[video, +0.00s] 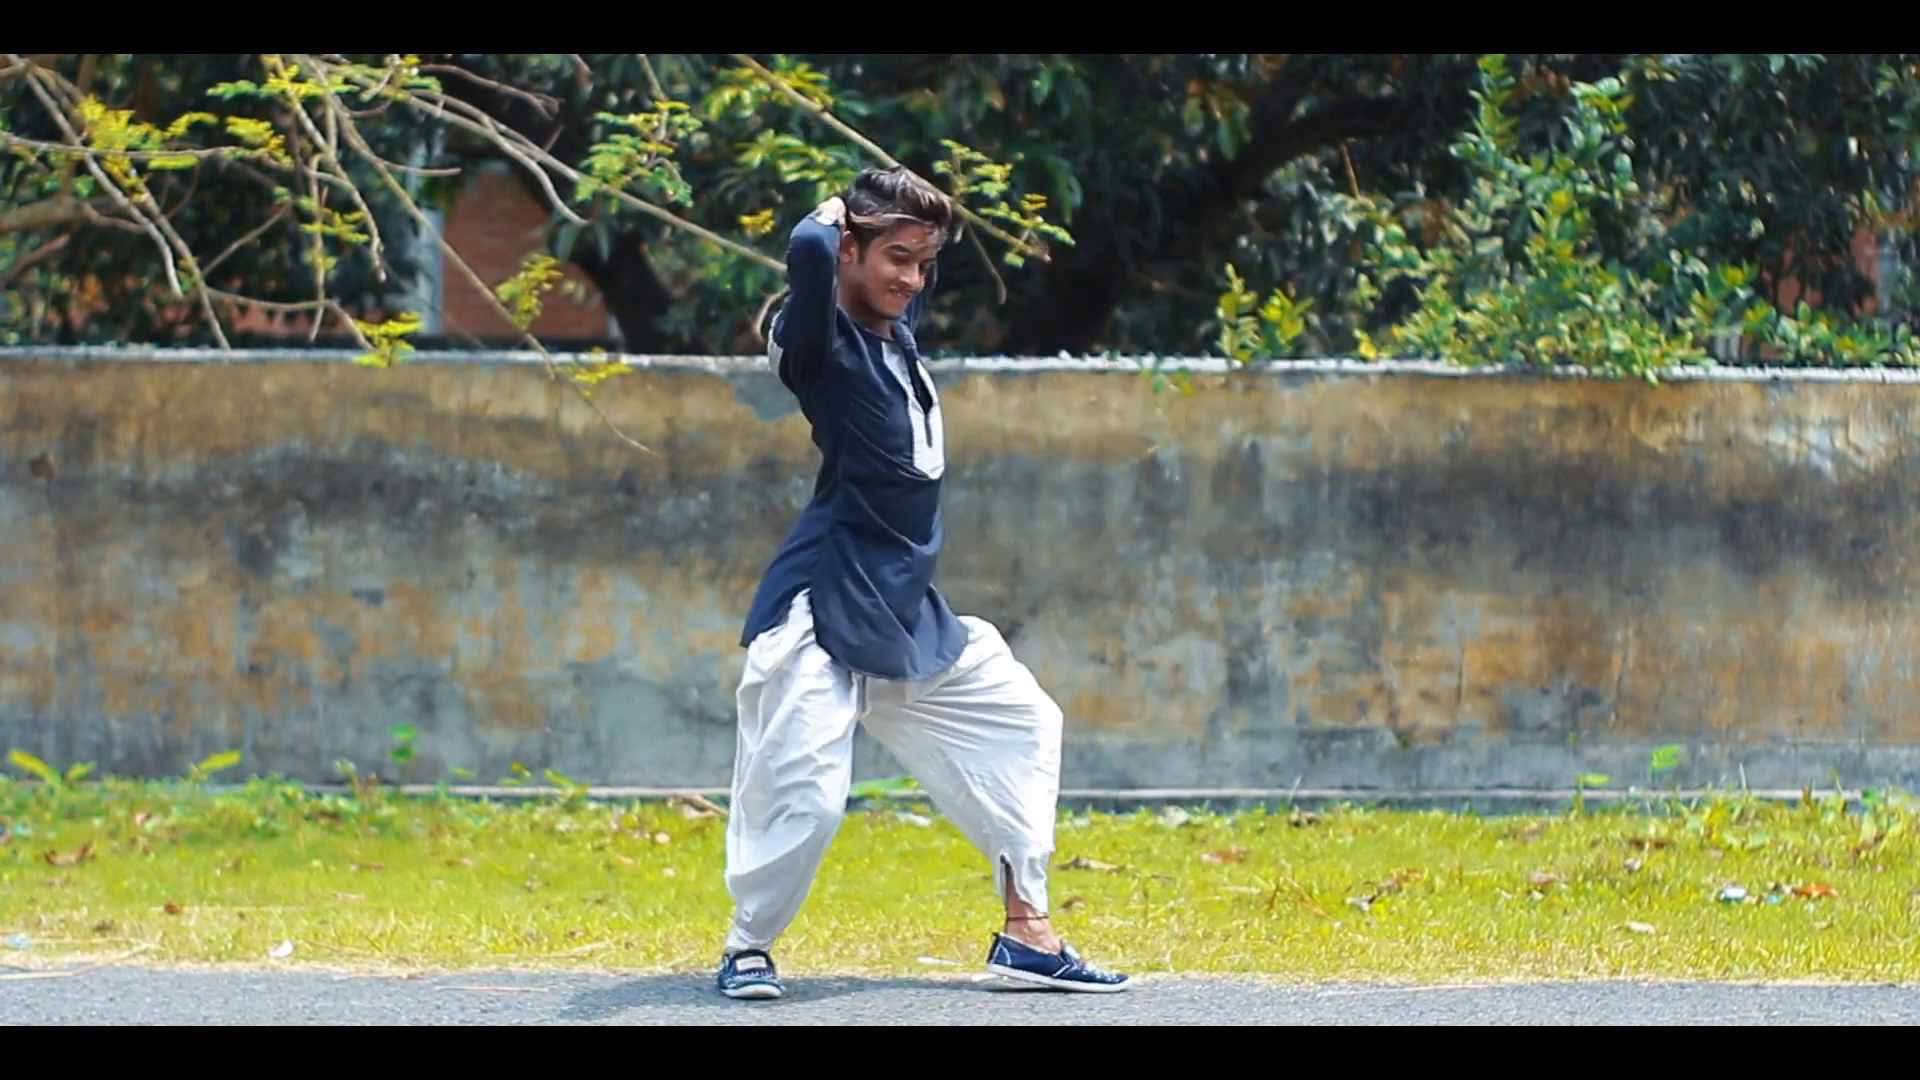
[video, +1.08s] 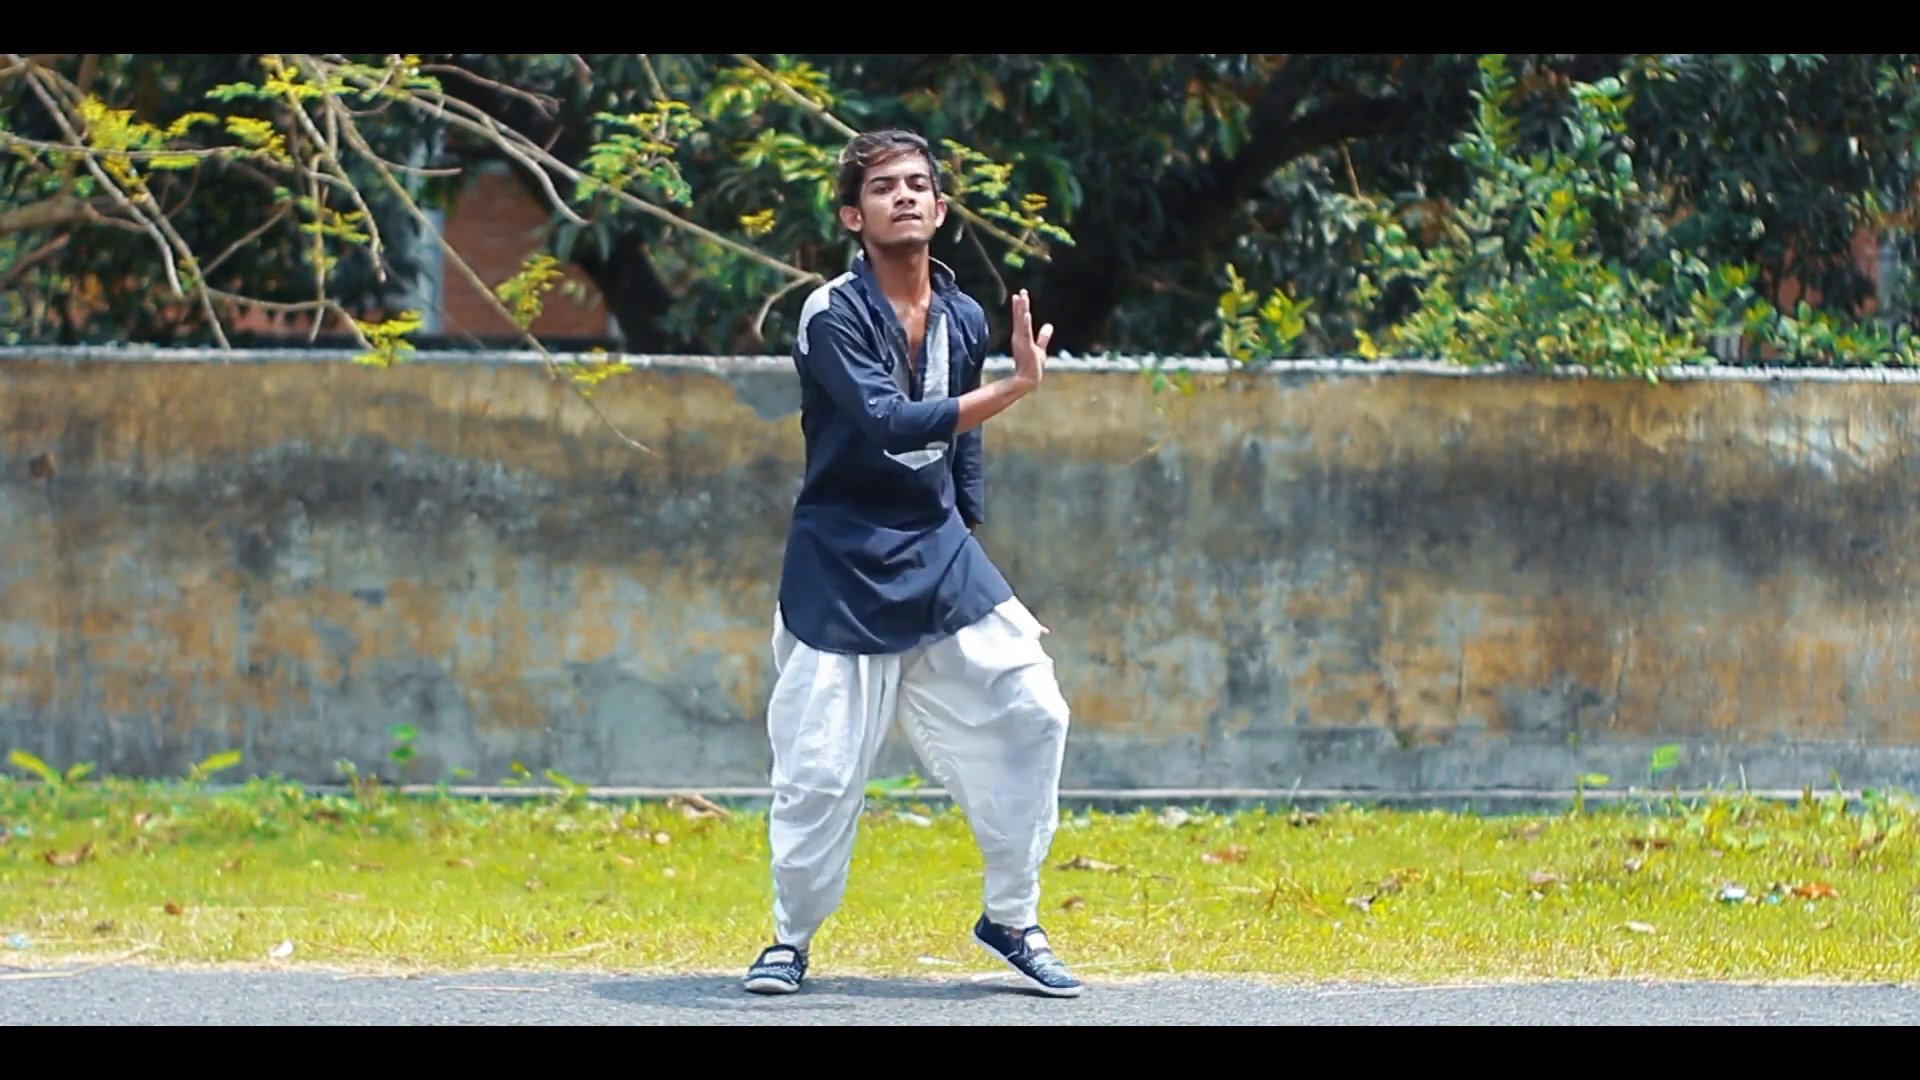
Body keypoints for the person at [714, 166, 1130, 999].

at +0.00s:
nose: (913, 280)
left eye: (925, 265)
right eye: (899, 260)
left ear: (930, 264)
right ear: (851, 254)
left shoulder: (892, 332)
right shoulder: (823, 344)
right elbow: (811, 262)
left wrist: (846, 208)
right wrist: (826, 222)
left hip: (907, 604)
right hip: (824, 597)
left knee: (1027, 723)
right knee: (805, 787)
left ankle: (1026, 930)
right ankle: (748, 949)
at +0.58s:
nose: (842, 217)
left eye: (855, 202)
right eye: (823, 204)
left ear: (872, 215)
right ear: (789, 219)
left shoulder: (896, 310)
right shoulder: (780, 316)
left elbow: (991, 317)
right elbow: (748, 247)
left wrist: (950, 227)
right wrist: (775, 177)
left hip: (923, 576)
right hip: (833, 580)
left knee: (1041, 722)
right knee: (820, 782)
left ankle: (1030, 933)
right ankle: (746, 949)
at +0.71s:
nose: (810, 140)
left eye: (817, 127)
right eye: (787, 139)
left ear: (850, 146)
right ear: (770, 178)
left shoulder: (918, 234)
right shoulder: (781, 236)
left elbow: (1038, 236)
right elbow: (708, 165)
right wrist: (726, 93)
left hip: (942, 525)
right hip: (835, 533)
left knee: (1006, 714)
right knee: (800, 747)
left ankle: (1014, 918)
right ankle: (752, 930)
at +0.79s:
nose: (831, 134)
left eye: (842, 120)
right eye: (811, 130)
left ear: (876, 142)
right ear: (791, 164)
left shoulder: (935, 223)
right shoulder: (785, 211)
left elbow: (1048, 259)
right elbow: (712, 211)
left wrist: (1167, 259)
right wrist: (681, 209)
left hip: (943, 517)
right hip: (830, 519)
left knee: (996, 723)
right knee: (804, 739)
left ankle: (992, 918)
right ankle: (773, 919)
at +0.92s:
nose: (876, 189)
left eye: (889, 177)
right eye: (856, 181)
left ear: (917, 201)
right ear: (830, 213)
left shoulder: (968, 316)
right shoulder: (792, 312)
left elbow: (1016, 426)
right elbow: (690, 407)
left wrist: (1104, 513)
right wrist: (724, 493)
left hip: (943, 578)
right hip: (830, 579)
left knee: (1006, 754)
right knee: (811, 783)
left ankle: (982, 949)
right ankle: (788, 944)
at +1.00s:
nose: (888, 202)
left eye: (902, 192)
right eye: (870, 195)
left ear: (928, 221)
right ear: (842, 228)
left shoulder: (963, 330)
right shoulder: (801, 336)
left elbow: (985, 465)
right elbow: (790, 471)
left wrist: (1008, 590)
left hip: (937, 582)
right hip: (833, 587)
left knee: (1024, 738)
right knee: (811, 779)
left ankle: (990, 936)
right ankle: (788, 943)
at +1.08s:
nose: (905, 198)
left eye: (917, 186)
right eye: (885, 187)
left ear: (939, 207)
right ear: (853, 214)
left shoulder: (964, 317)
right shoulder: (831, 313)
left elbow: (965, 445)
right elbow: (885, 423)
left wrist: (967, 546)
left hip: (937, 552)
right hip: (840, 560)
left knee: (1034, 712)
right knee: (818, 768)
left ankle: (1010, 917)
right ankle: (790, 942)